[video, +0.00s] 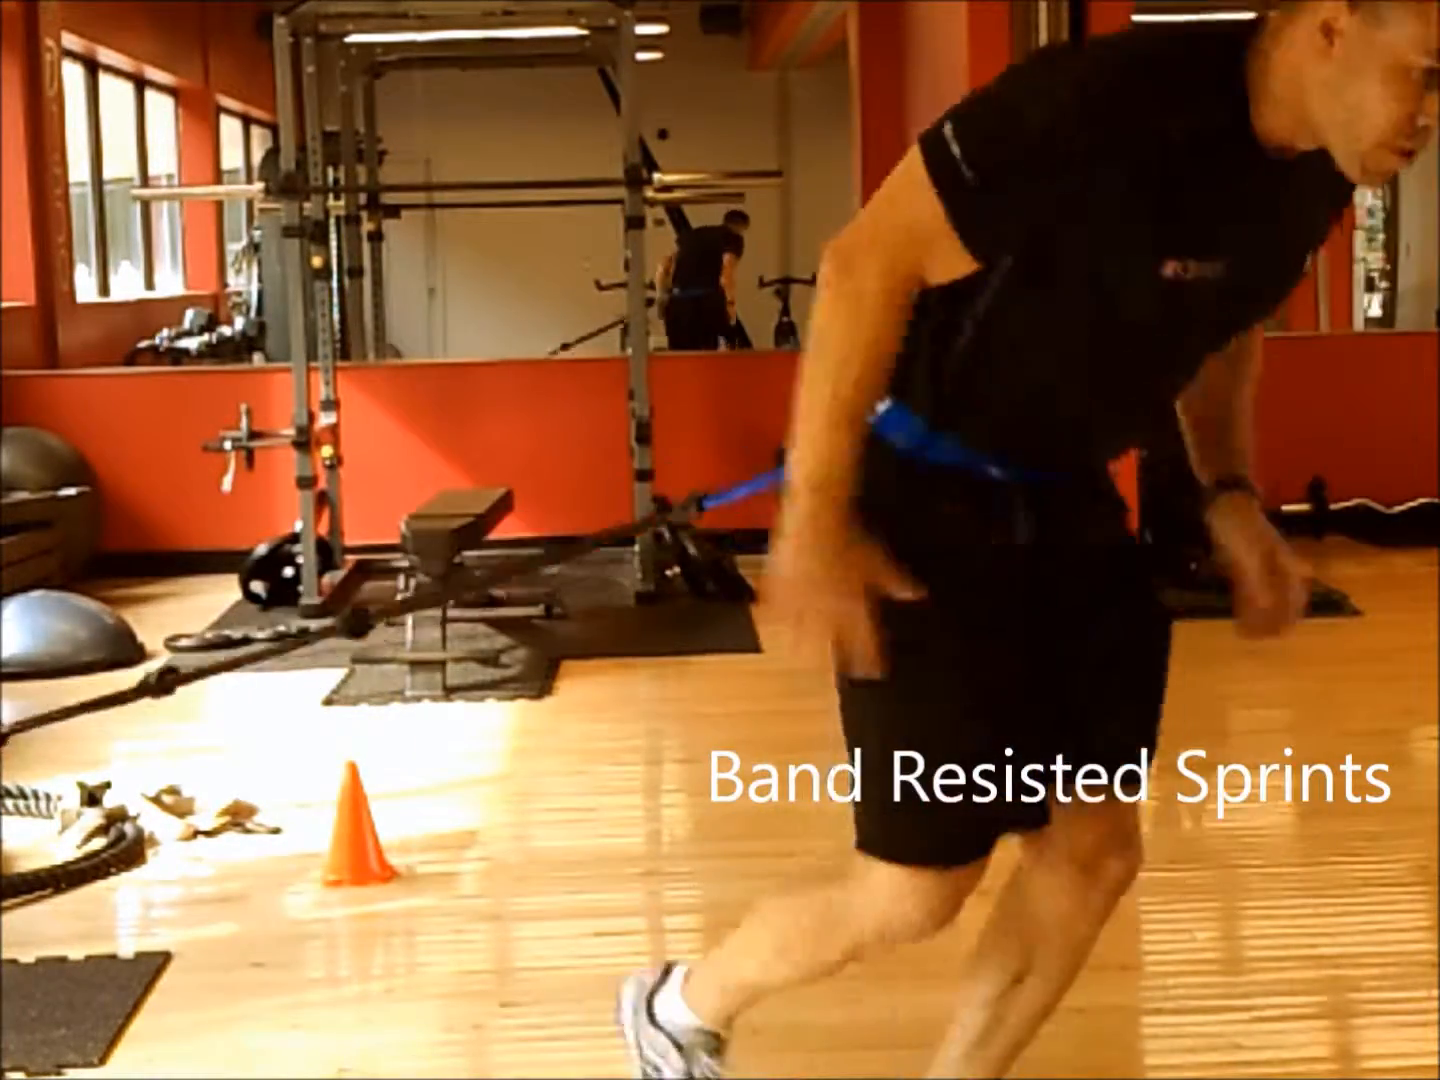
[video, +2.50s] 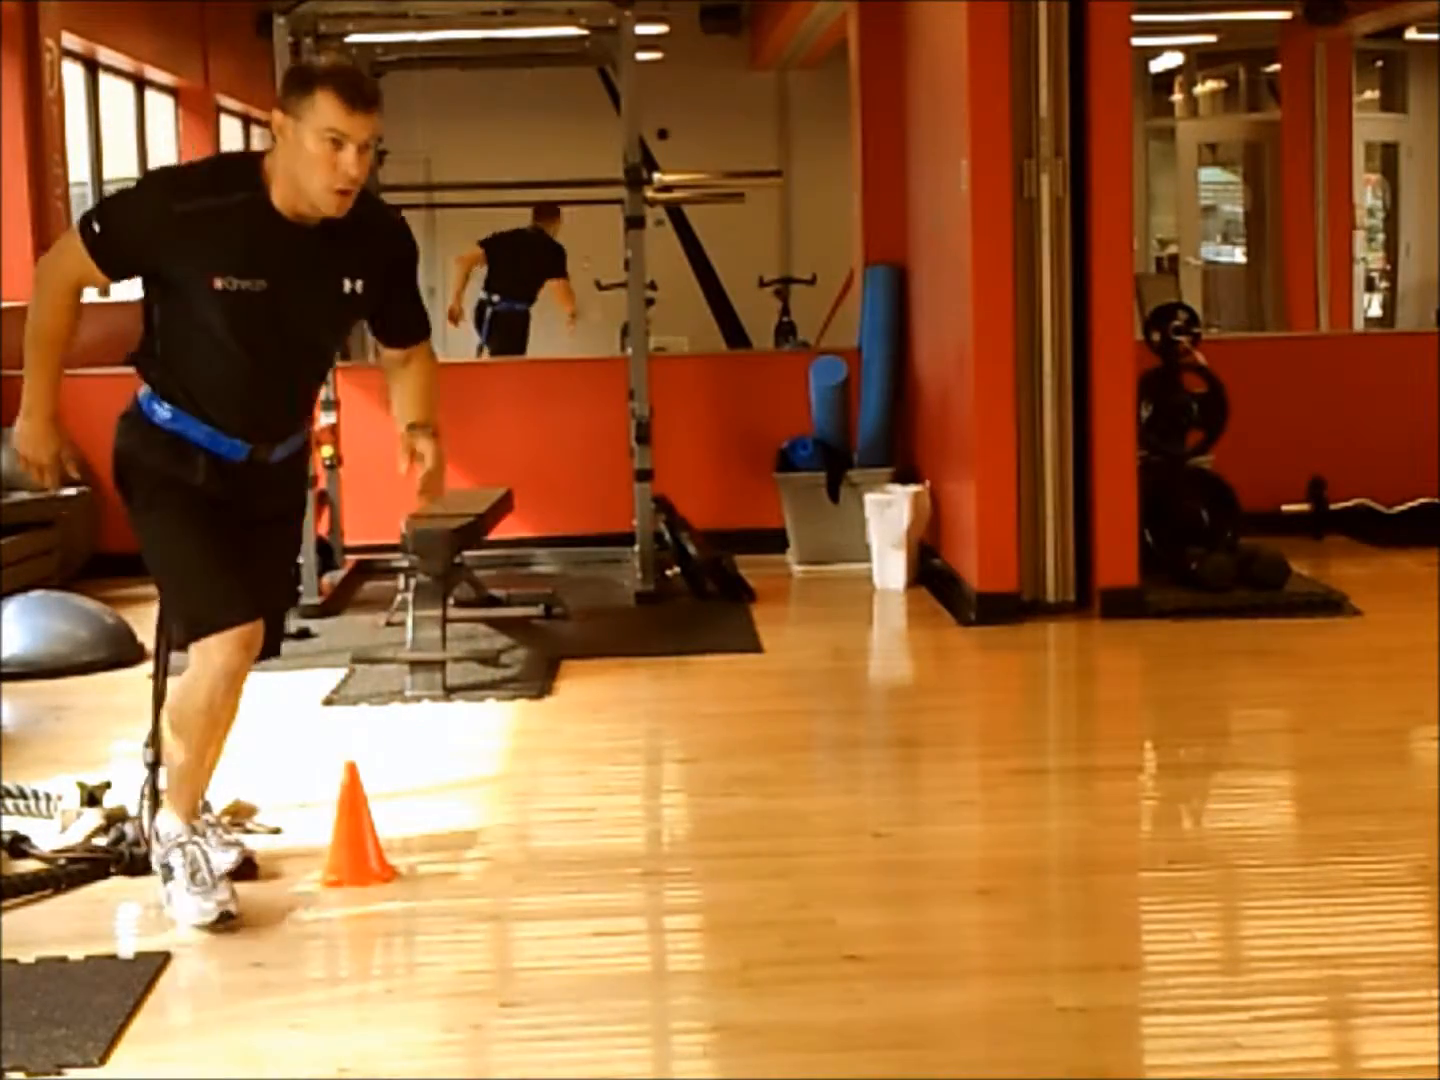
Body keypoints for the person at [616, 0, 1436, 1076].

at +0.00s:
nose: (1432, 114)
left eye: (1439, 83)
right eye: (1420, 76)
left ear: (1337, 45)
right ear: (1322, 37)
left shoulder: (1320, 166)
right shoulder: (1095, 97)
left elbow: (1223, 328)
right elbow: (865, 258)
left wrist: (1231, 493)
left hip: (1072, 494)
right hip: (920, 481)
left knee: (1093, 854)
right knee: (916, 887)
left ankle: (955, 1076)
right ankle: (676, 1009)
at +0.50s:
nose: (916, 8)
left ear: (905, 10)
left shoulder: (902, 120)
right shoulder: (687, 101)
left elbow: (891, 299)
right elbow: (577, 302)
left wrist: (892, 456)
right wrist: (783, 271)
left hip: (790, 480)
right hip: (651, 483)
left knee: (861, 771)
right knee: (677, 790)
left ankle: (690, 924)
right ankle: (594, 1047)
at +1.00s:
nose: (576, 42)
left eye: (589, 24)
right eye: (555, 19)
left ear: (595, 29)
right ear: (491, 11)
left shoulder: (577, 141)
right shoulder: (379, 117)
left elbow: (595, 298)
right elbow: (286, 267)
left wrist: (646, 427)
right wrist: (269, 436)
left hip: (491, 420)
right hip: (381, 415)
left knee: (474, 664)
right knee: (420, 660)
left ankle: (437, 891)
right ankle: (392, 923)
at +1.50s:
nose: (313, 104)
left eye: (324, 84)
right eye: (295, 84)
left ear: (331, 77)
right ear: (236, 69)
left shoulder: (339, 167)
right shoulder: (162, 175)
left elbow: (359, 299)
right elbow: (103, 323)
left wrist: (404, 412)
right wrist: (197, 426)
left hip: (309, 441)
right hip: (193, 450)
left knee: (359, 642)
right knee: (178, 661)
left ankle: (405, 868)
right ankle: (180, 847)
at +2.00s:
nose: (260, 61)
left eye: (270, 42)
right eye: (240, 39)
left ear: (279, 47)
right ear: (183, 40)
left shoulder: (297, 161)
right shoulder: (115, 159)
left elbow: (342, 296)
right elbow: (50, 304)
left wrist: (381, 406)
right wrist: (54, 445)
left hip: (251, 428)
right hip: (152, 425)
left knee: (238, 632)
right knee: (185, 641)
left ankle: (197, 803)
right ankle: (175, 839)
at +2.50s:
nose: (354, 165)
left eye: (368, 147)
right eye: (336, 142)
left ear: (377, 147)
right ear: (282, 129)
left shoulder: (376, 236)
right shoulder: (189, 203)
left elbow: (407, 351)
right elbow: (59, 270)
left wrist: (419, 427)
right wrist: (36, 410)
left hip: (271, 469)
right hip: (171, 455)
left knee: (234, 647)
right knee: (230, 634)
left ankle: (175, 801)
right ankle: (179, 830)